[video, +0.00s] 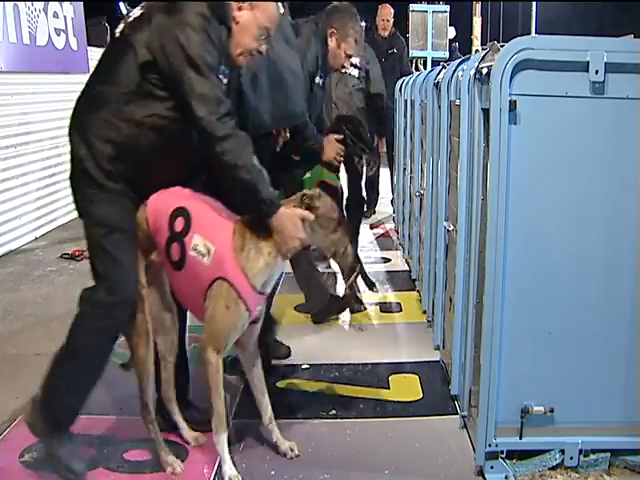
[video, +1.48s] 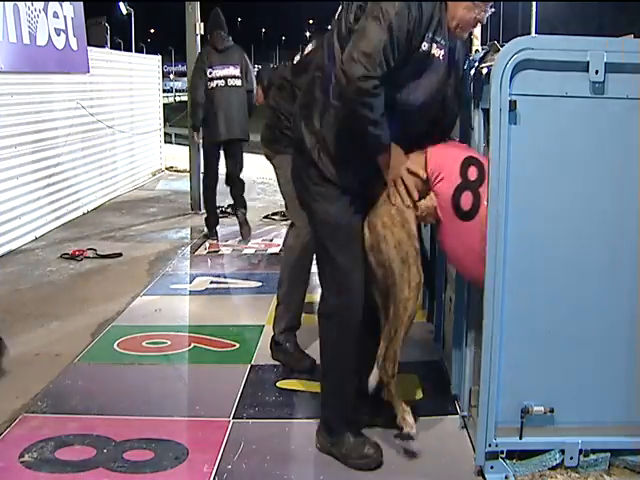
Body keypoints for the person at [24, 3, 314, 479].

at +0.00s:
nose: (262, 48)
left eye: (268, 39)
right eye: (262, 34)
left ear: (239, 12)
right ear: (238, 8)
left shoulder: (205, 32)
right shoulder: (184, 22)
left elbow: (219, 137)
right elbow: (217, 127)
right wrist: (272, 211)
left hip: (161, 178)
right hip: (108, 169)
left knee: (172, 292)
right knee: (118, 292)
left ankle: (172, 404)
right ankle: (49, 416)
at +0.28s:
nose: (306, 40)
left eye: (312, 31)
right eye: (307, 25)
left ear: (281, 9)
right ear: (282, 5)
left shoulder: (245, 23)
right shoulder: (233, 23)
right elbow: (269, 129)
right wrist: (328, 200)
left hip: (178, 168)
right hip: (149, 166)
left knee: (197, 293)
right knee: (187, 306)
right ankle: (221, 445)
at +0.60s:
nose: (351, 19)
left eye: (354, 12)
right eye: (348, 9)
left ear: (329, 7)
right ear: (324, 2)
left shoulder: (294, 22)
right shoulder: (283, 28)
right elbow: (331, 130)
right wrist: (395, 198)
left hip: (231, 174)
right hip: (197, 176)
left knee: (272, 262)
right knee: (249, 316)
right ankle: (245, 466)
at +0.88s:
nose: (405, 31)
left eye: (408, 20)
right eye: (404, 15)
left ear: (373, 9)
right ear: (378, 5)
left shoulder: (321, 15)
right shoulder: (338, 27)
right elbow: (384, 132)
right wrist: (446, 194)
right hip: (251, 188)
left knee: (327, 292)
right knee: (282, 326)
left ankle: (350, 398)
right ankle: (241, 470)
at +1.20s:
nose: (463, 28)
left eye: (468, 20)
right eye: (464, 15)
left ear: (443, 7)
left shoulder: (403, 19)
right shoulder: (392, 15)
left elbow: (410, 118)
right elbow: (423, 113)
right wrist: (488, 163)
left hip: (349, 173)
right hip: (306, 165)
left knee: (370, 291)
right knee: (292, 298)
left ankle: (367, 401)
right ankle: (252, 445)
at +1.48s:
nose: (478, 20)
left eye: (484, 14)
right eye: (477, 8)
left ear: (475, 13)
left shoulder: (451, 53)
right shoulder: (398, 7)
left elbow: (443, 131)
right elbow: (357, 74)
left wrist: (437, 192)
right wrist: (384, 150)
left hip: (375, 170)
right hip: (328, 157)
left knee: (382, 283)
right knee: (347, 286)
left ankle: (363, 400)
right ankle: (335, 425)